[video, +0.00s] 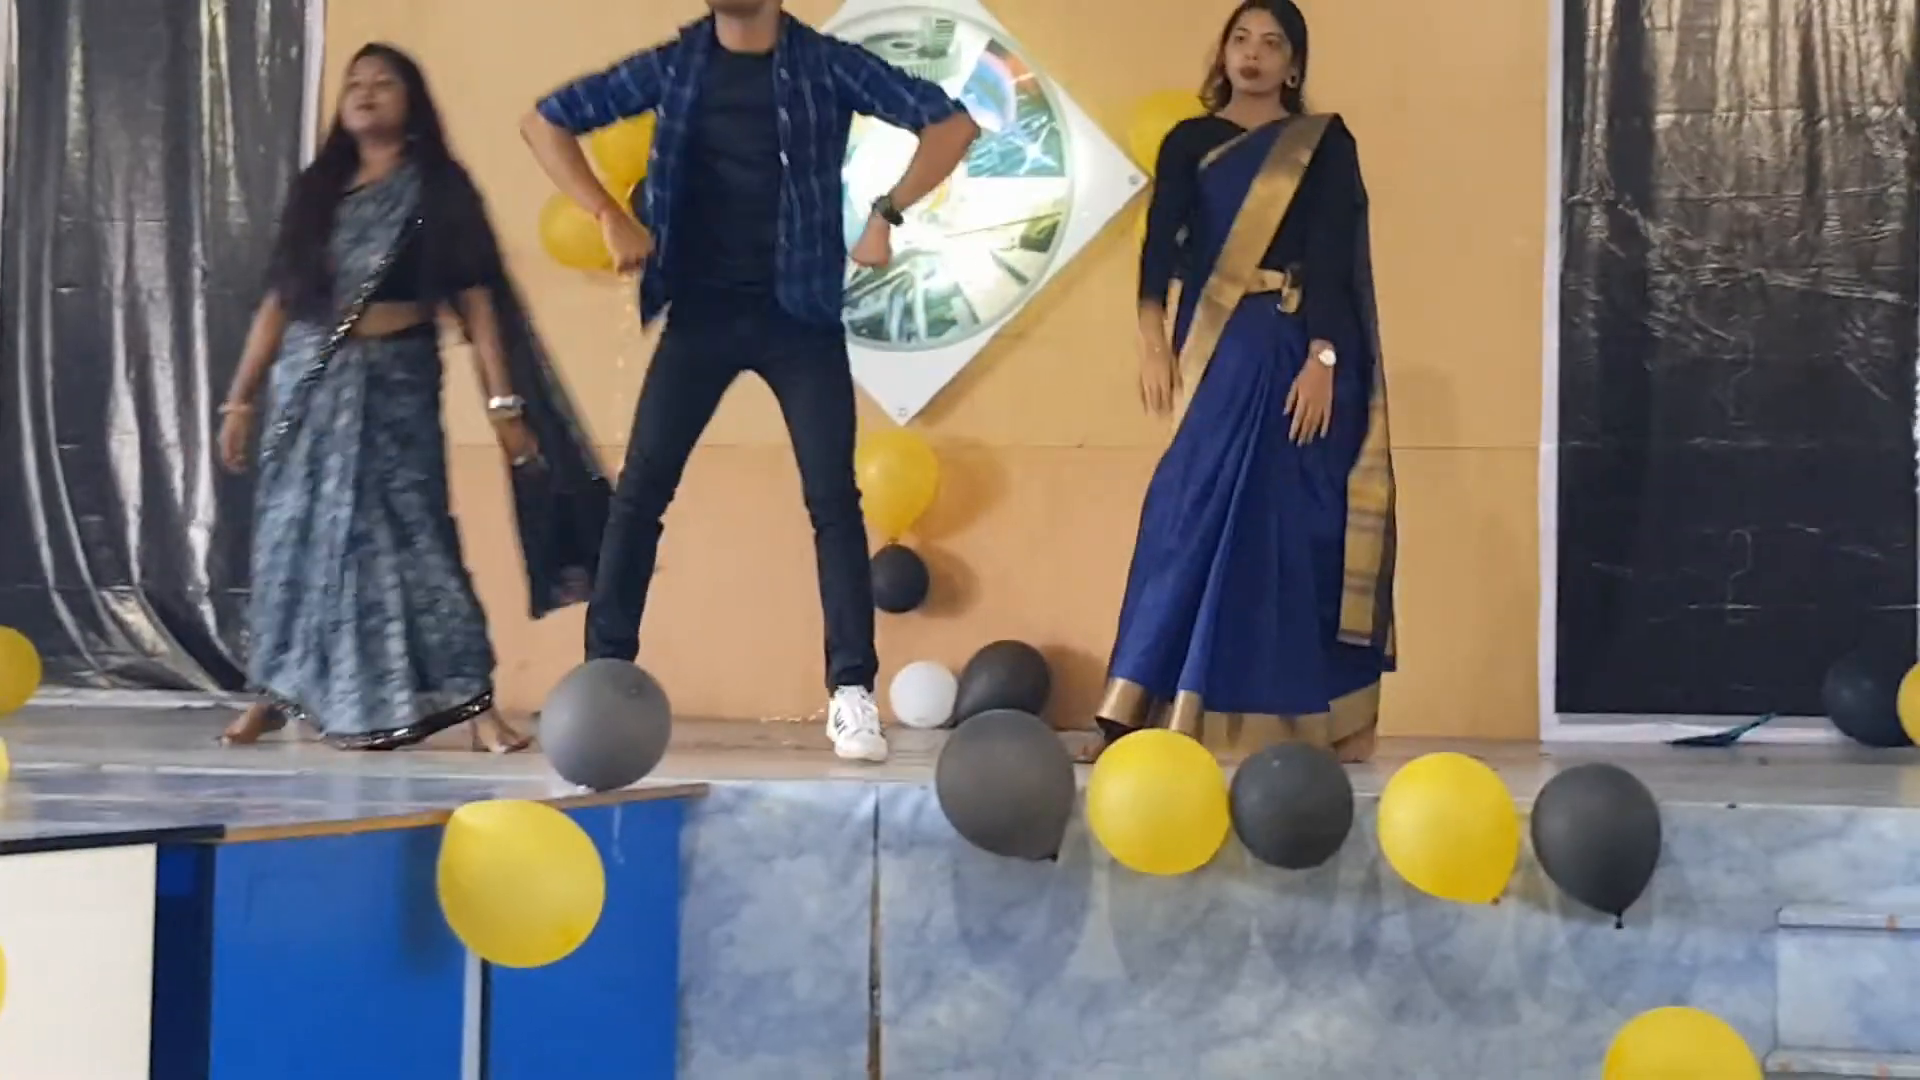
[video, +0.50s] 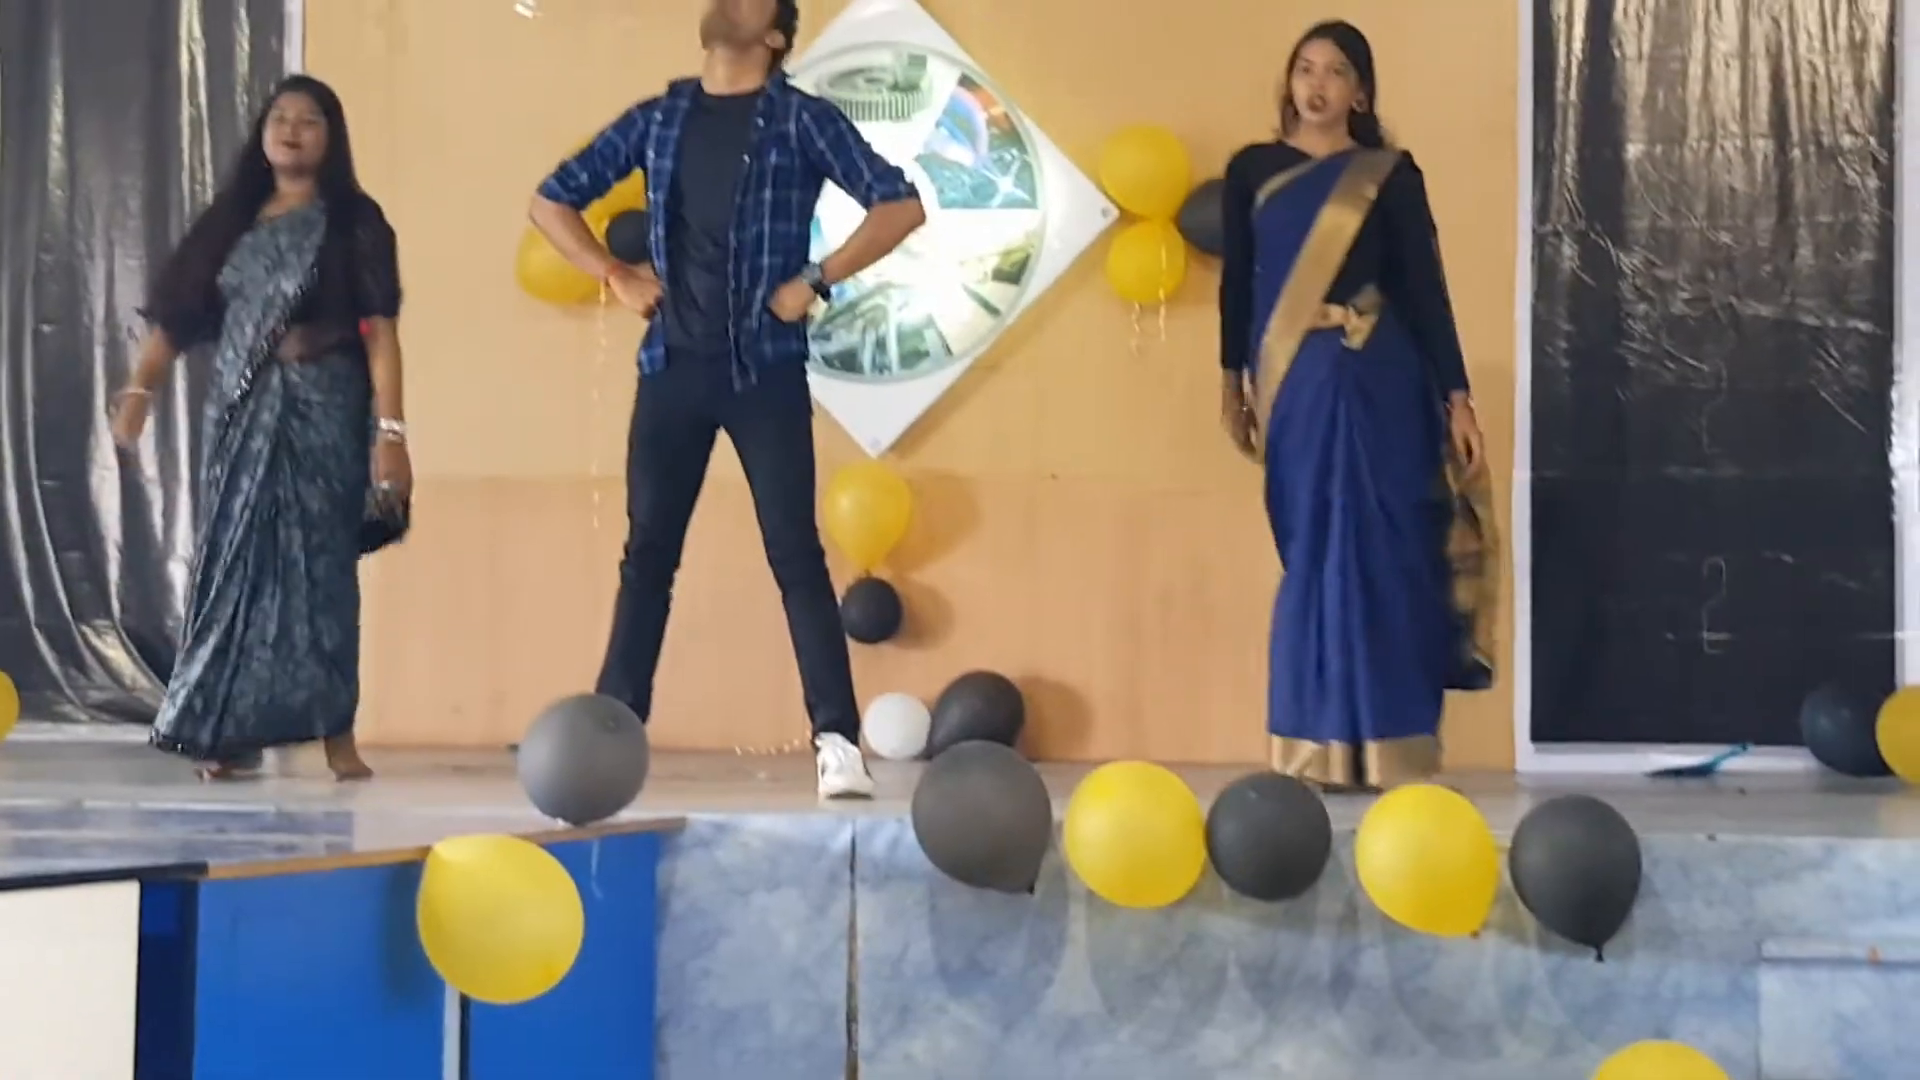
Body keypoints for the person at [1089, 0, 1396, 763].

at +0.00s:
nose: (1253, 51)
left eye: (1271, 42)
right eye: (1242, 38)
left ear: (1294, 61)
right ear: (1221, 51)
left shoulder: (1323, 136)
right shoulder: (1189, 139)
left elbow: (1337, 253)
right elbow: (1160, 240)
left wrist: (1322, 356)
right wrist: (1152, 336)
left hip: (1301, 351)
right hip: (1218, 347)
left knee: (1297, 525)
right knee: (1190, 511)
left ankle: (1310, 712)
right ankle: (1130, 698)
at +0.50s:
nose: (1317, 82)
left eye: (1334, 72)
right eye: (1307, 69)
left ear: (1360, 88)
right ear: (1287, 80)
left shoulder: (1392, 174)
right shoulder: (1251, 168)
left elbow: (1426, 289)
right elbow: (1237, 279)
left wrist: (1457, 394)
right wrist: (1235, 373)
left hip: (1385, 388)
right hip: (1295, 389)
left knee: (1388, 556)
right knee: (1314, 555)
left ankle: (1392, 745)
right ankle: (1318, 746)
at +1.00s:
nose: (1343, 144)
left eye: (1359, 133)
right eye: (1331, 131)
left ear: (1384, 148)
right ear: (1310, 142)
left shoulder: (1413, 232)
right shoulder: (1276, 226)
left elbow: (1440, 352)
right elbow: (1242, 329)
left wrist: (1443, 455)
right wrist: (1256, 388)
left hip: (1391, 445)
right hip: (1308, 445)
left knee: (1390, 625)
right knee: (1301, 622)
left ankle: (1402, 822)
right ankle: (1287, 818)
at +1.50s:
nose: (1427, 315)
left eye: (1444, 302)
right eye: (1415, 299)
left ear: (1470, 318)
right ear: (1397, 308)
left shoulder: (1491, 412)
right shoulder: (1357, 379)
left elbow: (1504, 539)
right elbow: (1308, 476)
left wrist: (1561, 597)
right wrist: (1320, 549)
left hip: (1471, 610)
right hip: (1379, 607)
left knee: (1485, 779)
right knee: (1372, 779)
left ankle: (1452, 961)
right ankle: (1364, 967)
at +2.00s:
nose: (1660, 364)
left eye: (1678, 349)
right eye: (1651, 352)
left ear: (1721, 362)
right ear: (1644, 367)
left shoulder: (1767, 462)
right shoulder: (1618, 446)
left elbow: (1786, 586)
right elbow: (1558, 557)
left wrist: (1866, 566)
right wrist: (1638, 537)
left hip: (1741, 669)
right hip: (1641, 670)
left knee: (1760, 844)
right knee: (1659, 851)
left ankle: (1760, 1047)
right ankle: (1650, 1041)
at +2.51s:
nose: (1616, 465)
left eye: (1632, 447)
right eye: (1606, 454)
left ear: (1675, 453)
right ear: (1601, 468)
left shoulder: (1740, 523)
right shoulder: (1598, 559)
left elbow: (1805, 618)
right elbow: (1584, 690)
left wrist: (1708, 595)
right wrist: (1563, 656)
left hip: (1743, 760)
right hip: (1644, 770)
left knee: (1751, 936)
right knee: (1626, 931)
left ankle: (1758, 1065)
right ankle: (1641, 1065)